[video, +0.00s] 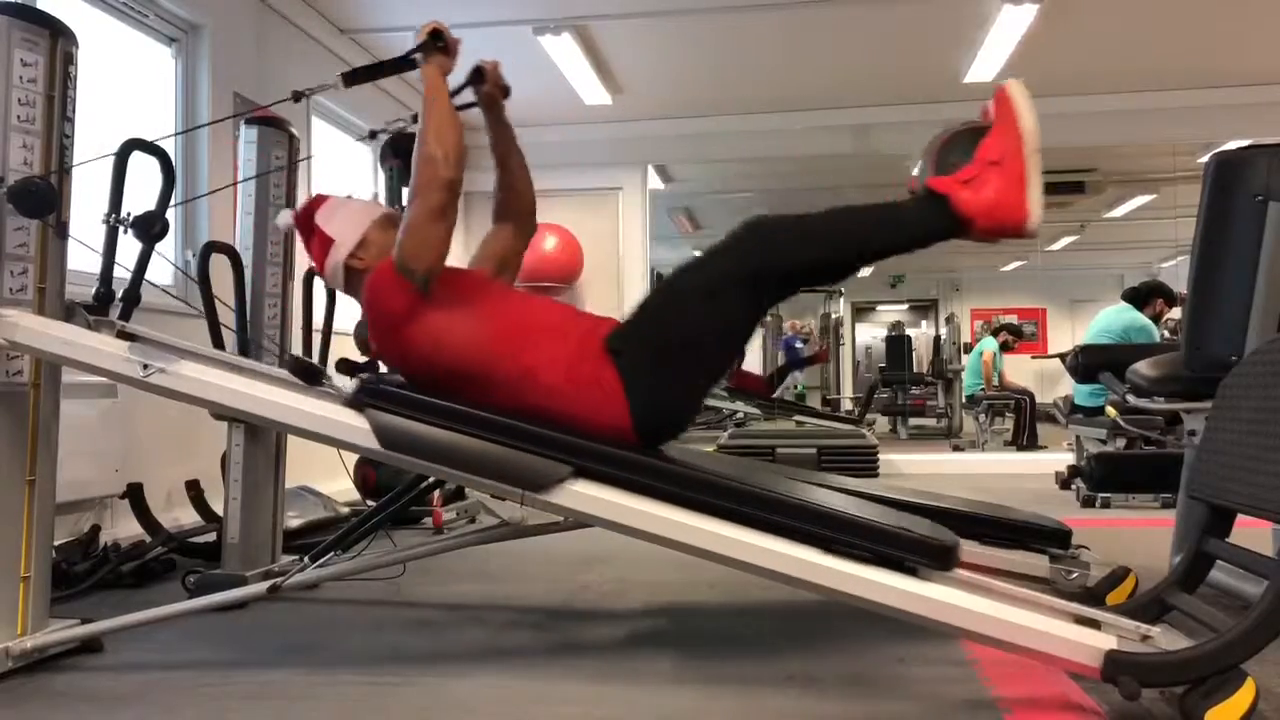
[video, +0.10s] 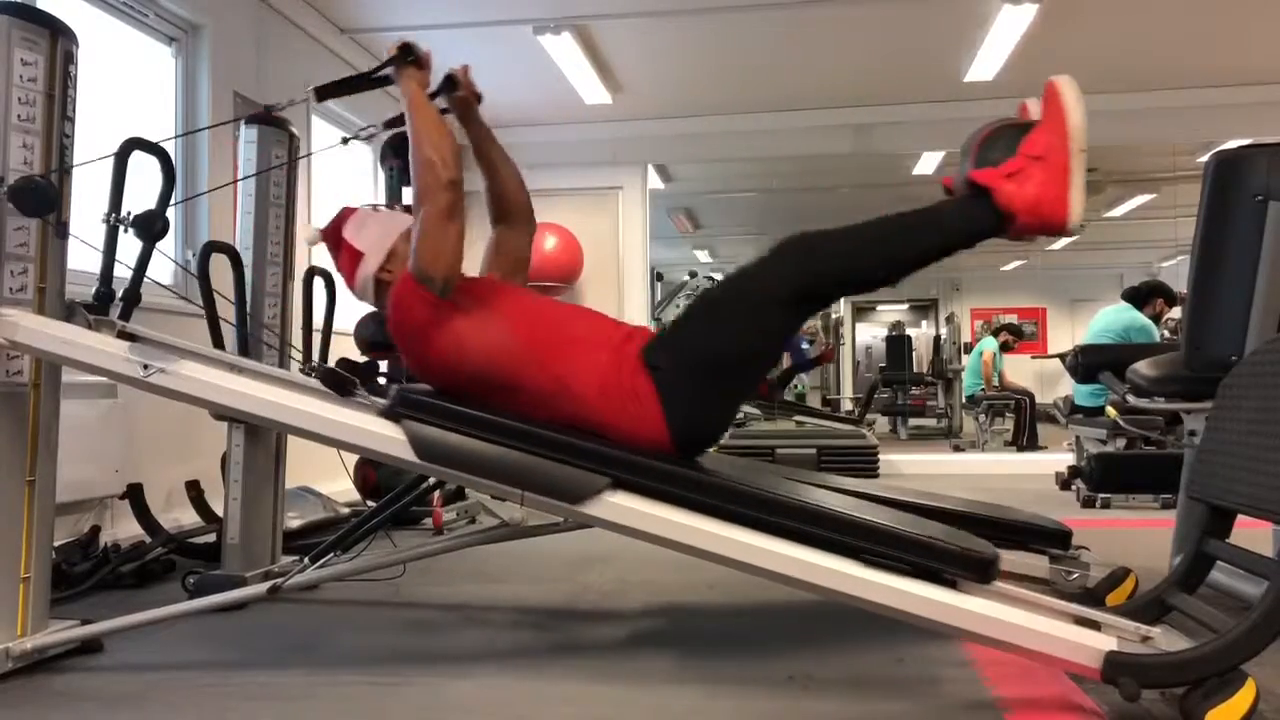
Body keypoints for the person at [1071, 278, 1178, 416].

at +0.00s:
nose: (1165, 315)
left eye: (1168, 311)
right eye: (1167, 310)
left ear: (1141, 300)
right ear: (1159, 304)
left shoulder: (1108, 312)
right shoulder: (1143, 325)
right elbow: (1156, 369)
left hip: (1081, 398)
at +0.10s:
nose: (1165, 316)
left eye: (1168, 312)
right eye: (1167, 311)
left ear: (1141, 299)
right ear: (1159, 304)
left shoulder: (1106, 312)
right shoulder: (1142, 325)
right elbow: (1156, 369)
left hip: (1081, 397)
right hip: (1102, 401)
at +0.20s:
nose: (1164, 317)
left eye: (1167, 313)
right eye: (1166, 312)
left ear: (1141, 300)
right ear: (1159, 304)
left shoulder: (1107, 312)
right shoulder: (1142, 325)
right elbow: (1157, 369)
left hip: (1081, 396)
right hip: (1102, 401)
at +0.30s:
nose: (1164, 317)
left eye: (1167, 313)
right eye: (1166, 311)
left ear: (1141, 299)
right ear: (1159, 304)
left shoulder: (1107, 312)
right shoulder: (1142, 324)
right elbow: (1156, 368)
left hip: (1081, 396)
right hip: (1102, 400)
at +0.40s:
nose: (1163, 317)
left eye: (1167, 312)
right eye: (1166, 311)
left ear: (1141, 299)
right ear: (1159, 304)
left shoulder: (1107, 311)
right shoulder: (1142, 323)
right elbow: (1156, 368)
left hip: (1081, 396)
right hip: (1102, 400)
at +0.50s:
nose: (1164, 317)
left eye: (1167, 313)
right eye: (1166, 312)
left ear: (1141, 299)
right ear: (1159, 304)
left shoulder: (1107, 312)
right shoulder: (1142, 325)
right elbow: (1156, 369)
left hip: (1081, 396)